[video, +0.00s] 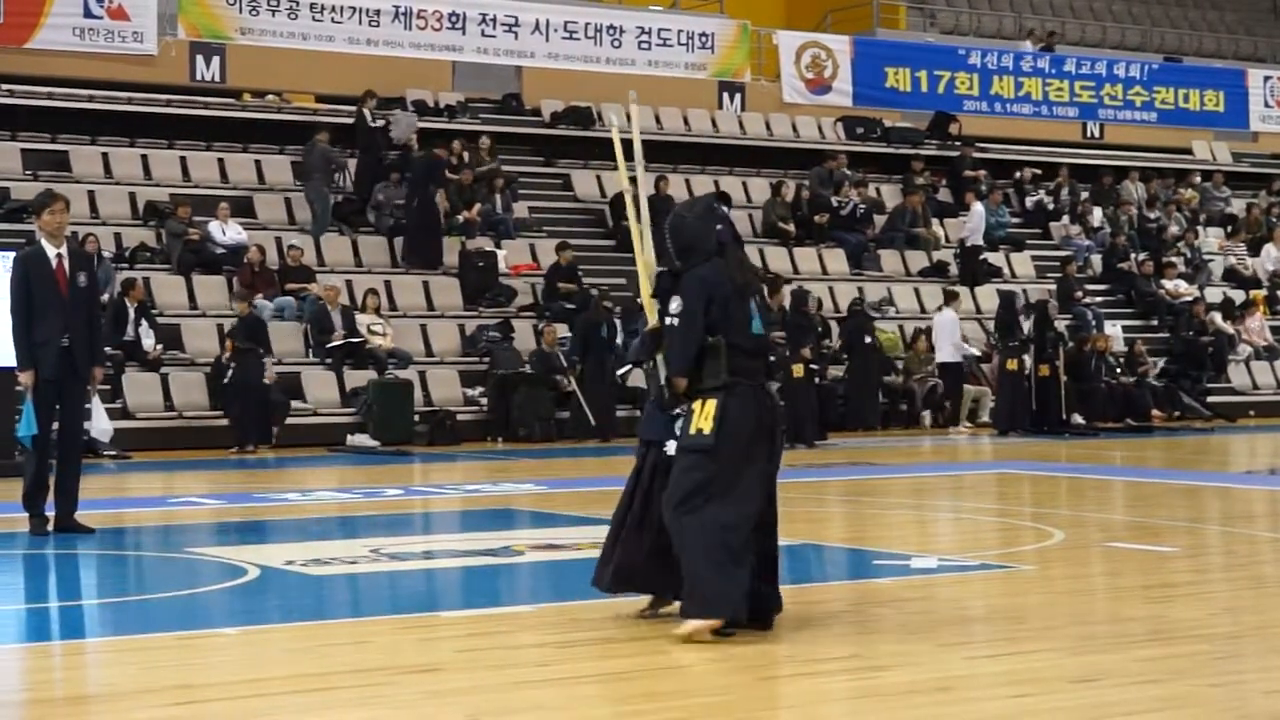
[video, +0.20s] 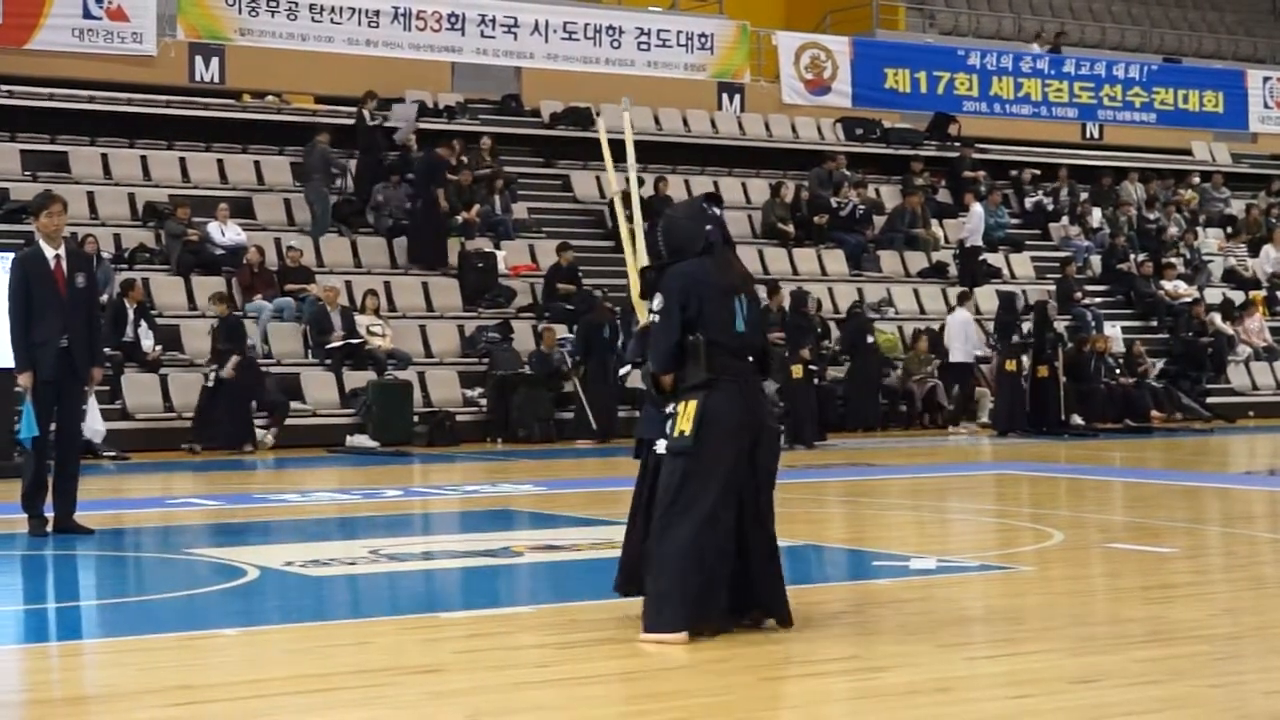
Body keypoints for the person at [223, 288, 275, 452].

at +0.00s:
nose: (235, 307)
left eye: (237, 303)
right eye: (234, 303)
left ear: (246, 303)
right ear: (237, 304)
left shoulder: (257, 321)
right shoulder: (239, 321)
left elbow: (266, 347)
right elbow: (234, 343)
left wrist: (269, 369)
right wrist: (228, 354)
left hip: (254, 364)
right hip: (239, 363)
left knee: (252, 400)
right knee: (237, 400)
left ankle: (251, 441)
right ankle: (240, 441)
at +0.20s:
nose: (213, 309)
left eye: (215, 305)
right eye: (212, 305)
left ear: (224, 305)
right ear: (218, 306)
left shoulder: (235, 322)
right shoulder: (218, 325)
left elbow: (240, 349)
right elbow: (217, 349)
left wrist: (230, 366)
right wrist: (210, 361)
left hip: (235, 367)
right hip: (218, 366)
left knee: (238, 404)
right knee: (205, 401)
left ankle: (246, 440)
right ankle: (198, 440)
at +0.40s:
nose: (191, 309)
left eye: (194, 305)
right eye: (191, 305)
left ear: (203, 304)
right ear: (197, 306)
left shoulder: (215, 322)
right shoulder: (196, 325)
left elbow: (221, 348)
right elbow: (193, 348)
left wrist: (213, 366)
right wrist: (188, 361)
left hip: (212, 368)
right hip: (196, 367)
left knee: (212, 404)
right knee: (186, 403)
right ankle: (184, 442)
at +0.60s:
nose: (177, 306)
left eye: (180, 302)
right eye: (175, 303)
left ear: (189, 303)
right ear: (175, 305)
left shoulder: (202, 321)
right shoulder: (179, 324)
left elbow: (215, 344)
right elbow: (175, 347)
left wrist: (219, 365)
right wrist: (166, 356)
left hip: (200, 365)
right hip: (183, 366)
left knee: (197, 401)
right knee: (181, 401)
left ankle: (205, 437)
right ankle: (184, 442)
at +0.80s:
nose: (169, 307)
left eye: (173, 303)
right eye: (166, 304)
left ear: (179, 306)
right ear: (162, 308)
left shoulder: (192, 324)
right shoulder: (160, 330)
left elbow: (208, 345)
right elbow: (153, 352)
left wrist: (220, 365)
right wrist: (154, 369)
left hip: (190, 368)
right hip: (169, 369)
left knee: (186, 405)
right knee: (170, 404)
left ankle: (184, 441)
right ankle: (170, 442)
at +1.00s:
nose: (163, 306)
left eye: (166, 302)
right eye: (160, 302)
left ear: (173, 304)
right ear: (156, 306)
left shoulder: (184, 323)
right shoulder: (153, 325)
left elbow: (199, 346)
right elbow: (147, 350)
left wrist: (210, 366)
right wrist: (141, 369)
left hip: (181, 371)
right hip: (160, 371)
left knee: (178, 408)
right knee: (162, 408)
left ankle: (176, 445)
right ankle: (166, 445)